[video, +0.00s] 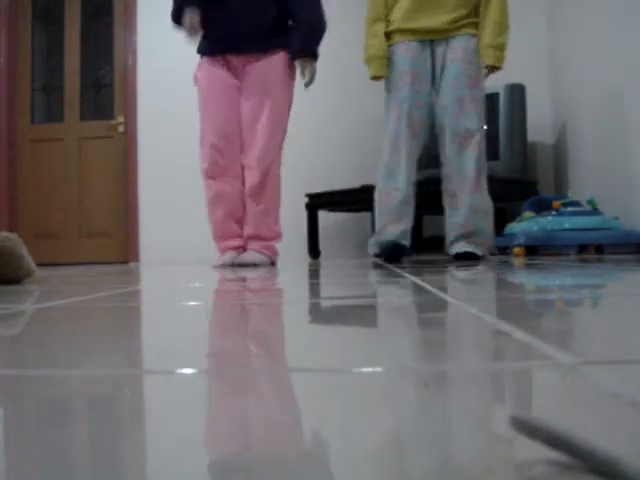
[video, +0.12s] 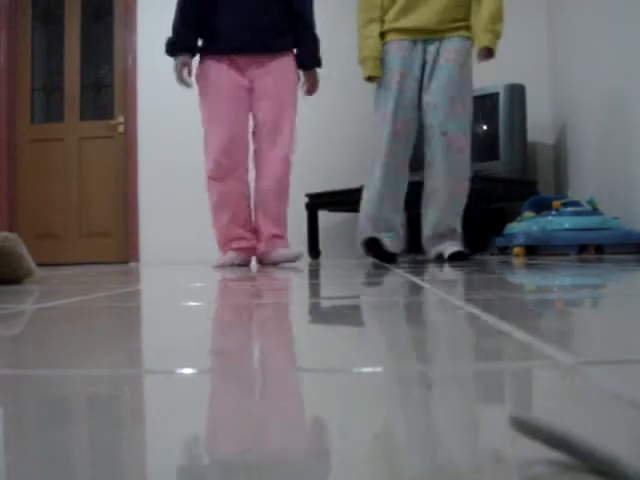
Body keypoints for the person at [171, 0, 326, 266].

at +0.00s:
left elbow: (307, 4)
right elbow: (180, 8)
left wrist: (306, 46)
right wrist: (186, 10)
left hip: (270, 55)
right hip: (216, 56)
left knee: (261, 156)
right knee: (218, 155)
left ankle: (260, 246)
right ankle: (229, 246)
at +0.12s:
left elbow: (301, 6)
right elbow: (189, 2)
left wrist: (308, 59)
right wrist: (183, 47)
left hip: (276, 58)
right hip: (219, 59)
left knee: (275, 157)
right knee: (223, 158)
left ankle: (272, 245)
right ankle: (235, 246)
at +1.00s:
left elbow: (306, 9)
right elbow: (192, 7)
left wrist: (312, 61)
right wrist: (188, 37)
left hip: (274, 59)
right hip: (218, 64)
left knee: (260, 119)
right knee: (215, 159)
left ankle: (272, 203)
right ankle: (238, 245)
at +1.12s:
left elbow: (306, 6)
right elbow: (193, 5)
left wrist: (311, 53)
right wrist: (191, 40)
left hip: (278, 53)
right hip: (221, 59)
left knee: (273, 119)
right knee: (224, 161)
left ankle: (280, 201)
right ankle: (239, 247)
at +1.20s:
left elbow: (309, 1)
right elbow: (192, 2)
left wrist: (314, 44)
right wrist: (192, 41)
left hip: (285, 49)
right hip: (227, 52)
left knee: (292, 153)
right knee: (236, 156)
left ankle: (296, 239)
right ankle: (242, 244)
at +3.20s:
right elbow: (171, 6)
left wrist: (298, 23)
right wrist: (153, 58)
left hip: (272, 60)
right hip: (220, 60)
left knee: (297, 150)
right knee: (237, 156)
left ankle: (290, 246)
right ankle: (234, 248)